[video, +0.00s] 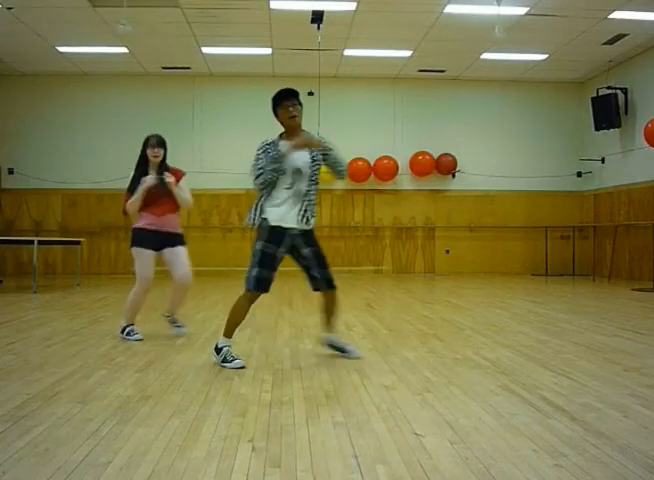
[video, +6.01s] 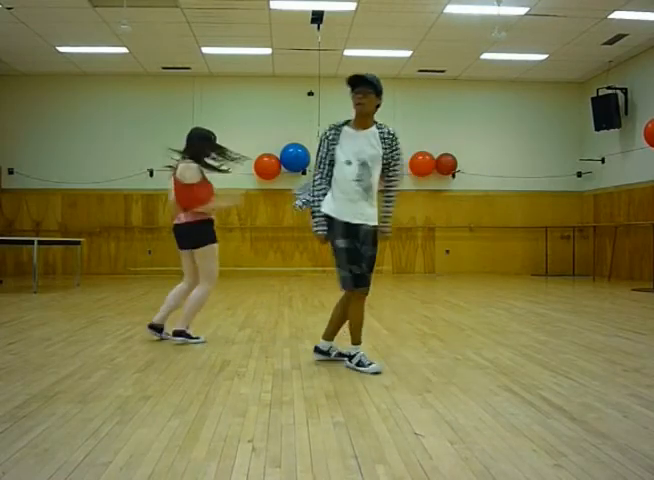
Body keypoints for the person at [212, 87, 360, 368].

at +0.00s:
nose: (292, 111)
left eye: (295, 106)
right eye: (286, 108)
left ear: (302, 110)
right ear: (277, 115)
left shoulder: (315, 145)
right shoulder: (269, 148)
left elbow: (341, 172)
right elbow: (261, 185)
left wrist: (321, 148)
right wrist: (287, 151)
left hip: (302, 228)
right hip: (272, 227)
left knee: (328, 287)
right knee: (255, 289)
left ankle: (329, 336)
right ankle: (223, 345)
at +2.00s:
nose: (359, 108)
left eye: (364, 104)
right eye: (354, 102)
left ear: (367, 109)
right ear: (343, 104)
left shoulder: (366, 136)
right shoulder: (333, 138)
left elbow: (388, 143)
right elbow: (361, 148)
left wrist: (385, 111)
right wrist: (374, 123)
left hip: (373, 219)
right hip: (348, 220)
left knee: (386, 287)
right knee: (368, 286)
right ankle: (369, 346)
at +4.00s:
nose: (428, 103)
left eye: (431, 98)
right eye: (421, 100)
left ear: (438, 102)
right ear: (410, 107)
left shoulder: (454, 134)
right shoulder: (402, 144)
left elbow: (464, 178)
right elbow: (406, 191)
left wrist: (459, 217)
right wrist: (421, 231)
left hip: (458, 222)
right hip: (429, 227)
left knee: (467, 289)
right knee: (445, 291)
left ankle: (463, 346)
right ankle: (443, 339)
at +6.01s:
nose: (359, 99)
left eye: (365, 95)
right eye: (356, 95)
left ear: (378, 100)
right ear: (350, 99)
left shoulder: (386, 137)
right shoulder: (333, 134)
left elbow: (391, 181)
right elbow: (320, 176)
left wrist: (385, 220)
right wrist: (318, 216)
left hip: (367, 218)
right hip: (338, 215)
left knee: (356, 287)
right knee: (357, 286)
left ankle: (325, 344)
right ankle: (355, 351)